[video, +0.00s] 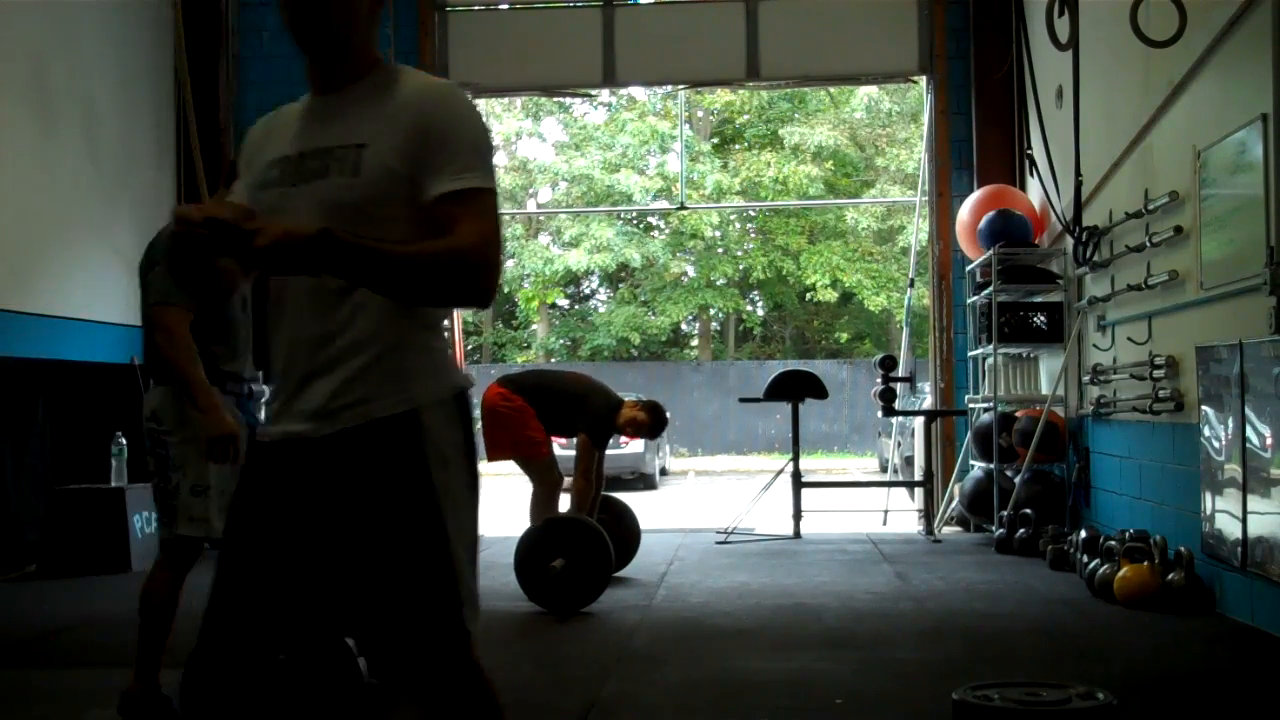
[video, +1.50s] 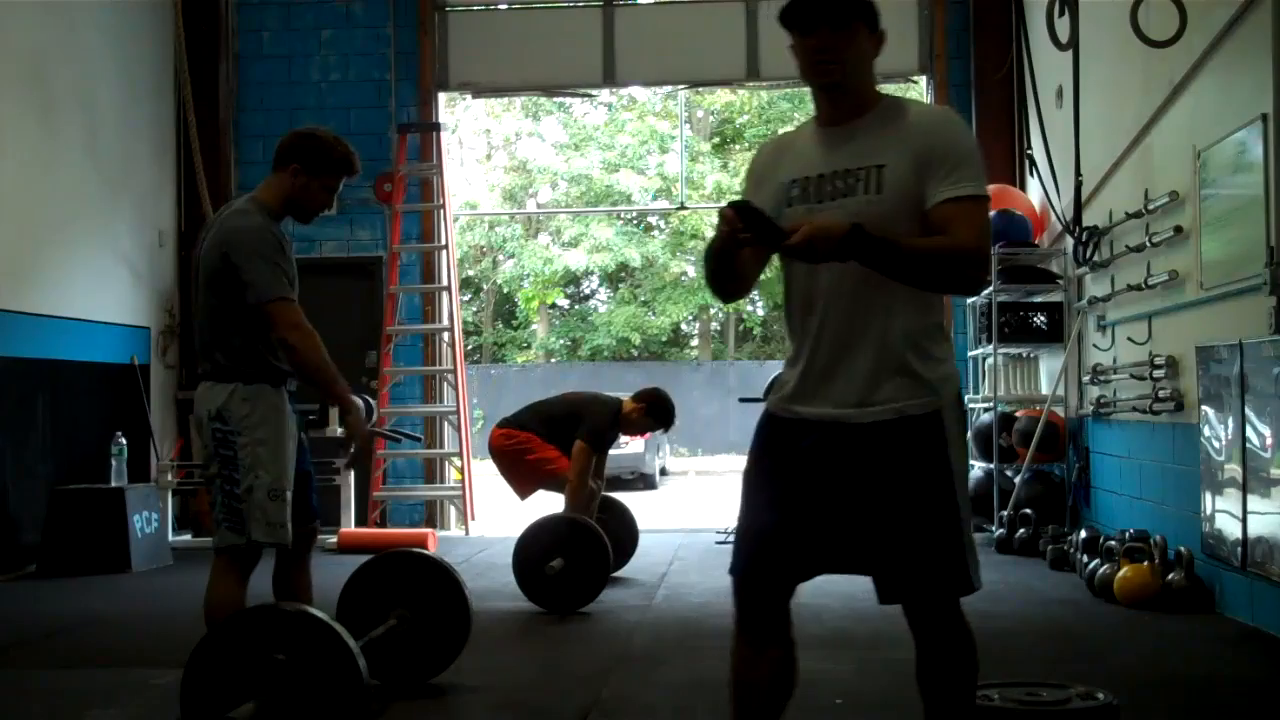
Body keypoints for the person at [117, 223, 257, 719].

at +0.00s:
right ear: (224, 187)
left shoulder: (245, 252)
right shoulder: (174, 247)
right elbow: (170, 336)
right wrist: (213, 410)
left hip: (240, 411)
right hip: (188, 414)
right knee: (182, 550)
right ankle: (145, 684)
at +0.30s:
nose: (321, 217)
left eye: (326, 207)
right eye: (319, 204)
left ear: (294, 195)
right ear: (290, 190)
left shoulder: (283, 253)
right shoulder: (214, 238)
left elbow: (280, 335)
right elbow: (173, 319)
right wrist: (170, 401)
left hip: (272, 398)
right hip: (228, 395)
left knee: (273, 527)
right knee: (253, 527)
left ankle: (262, 644)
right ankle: (232, 650)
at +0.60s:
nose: (334, 217)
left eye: (338, 209)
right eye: (332, 205)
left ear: (310, 195)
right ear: (303, 189)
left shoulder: (302, 260)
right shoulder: (229, 235)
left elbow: (335, 339)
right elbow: (184, 309)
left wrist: (398, 380)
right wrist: (182, 384)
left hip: (284, 390)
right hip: (241, 383)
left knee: (284, 513)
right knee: (287, 504)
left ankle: (262, 634)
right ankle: (258, 635)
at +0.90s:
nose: (331, 217)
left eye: (337, 207)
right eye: (329, 204)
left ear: (304, 192)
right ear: (300, 188)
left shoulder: (284, 248)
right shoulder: (236, 239)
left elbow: (288, 341)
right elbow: (204, 323)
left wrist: (331, 397)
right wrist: (239, 391)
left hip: (293, 407)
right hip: (263, 406)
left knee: (279, 546)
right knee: (268, 547)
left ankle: (264, 662)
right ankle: (243, 667)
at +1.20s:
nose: (332, 210)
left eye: (336, 200)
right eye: (330, 196)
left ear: (297, 183)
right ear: (299, 180)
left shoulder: (268, 237)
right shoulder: (239, 236)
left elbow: (272, 335)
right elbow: (253, 334)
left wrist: (347, 368)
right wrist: (347, 366)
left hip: (273, 403)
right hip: (240, 405)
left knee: (319, 519)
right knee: (238, 546)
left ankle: (298, 641)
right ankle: (226, 666)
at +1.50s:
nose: (331, 204)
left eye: (335, 193)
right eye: (329, 190)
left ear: (293, 176)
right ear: (296, 175)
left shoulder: (251, 224)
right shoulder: (250, 230)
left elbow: (287, 331)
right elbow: (292, 332)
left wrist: (341, 395)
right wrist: (347, 401)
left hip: (266, 402)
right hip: (243, 404)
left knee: (298, 535)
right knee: (239, 548)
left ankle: (299, 658)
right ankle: (227, 671)